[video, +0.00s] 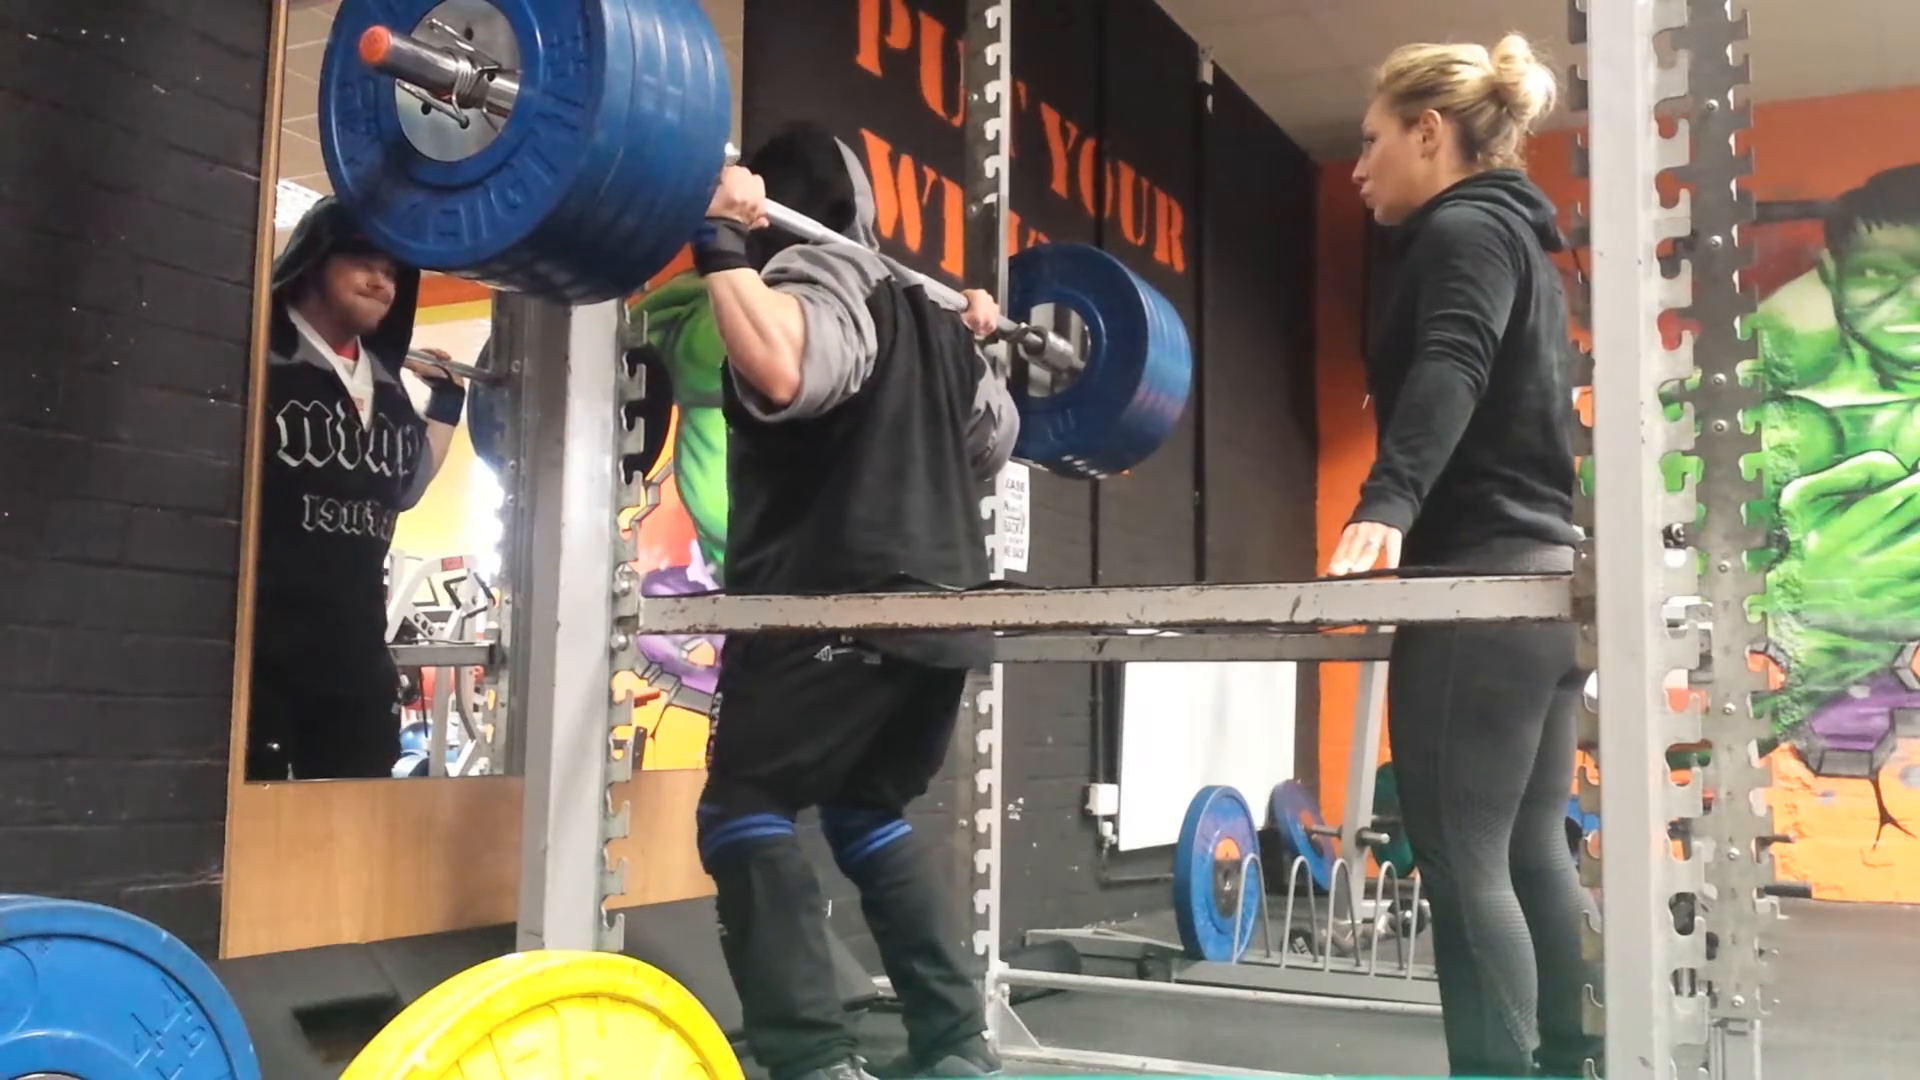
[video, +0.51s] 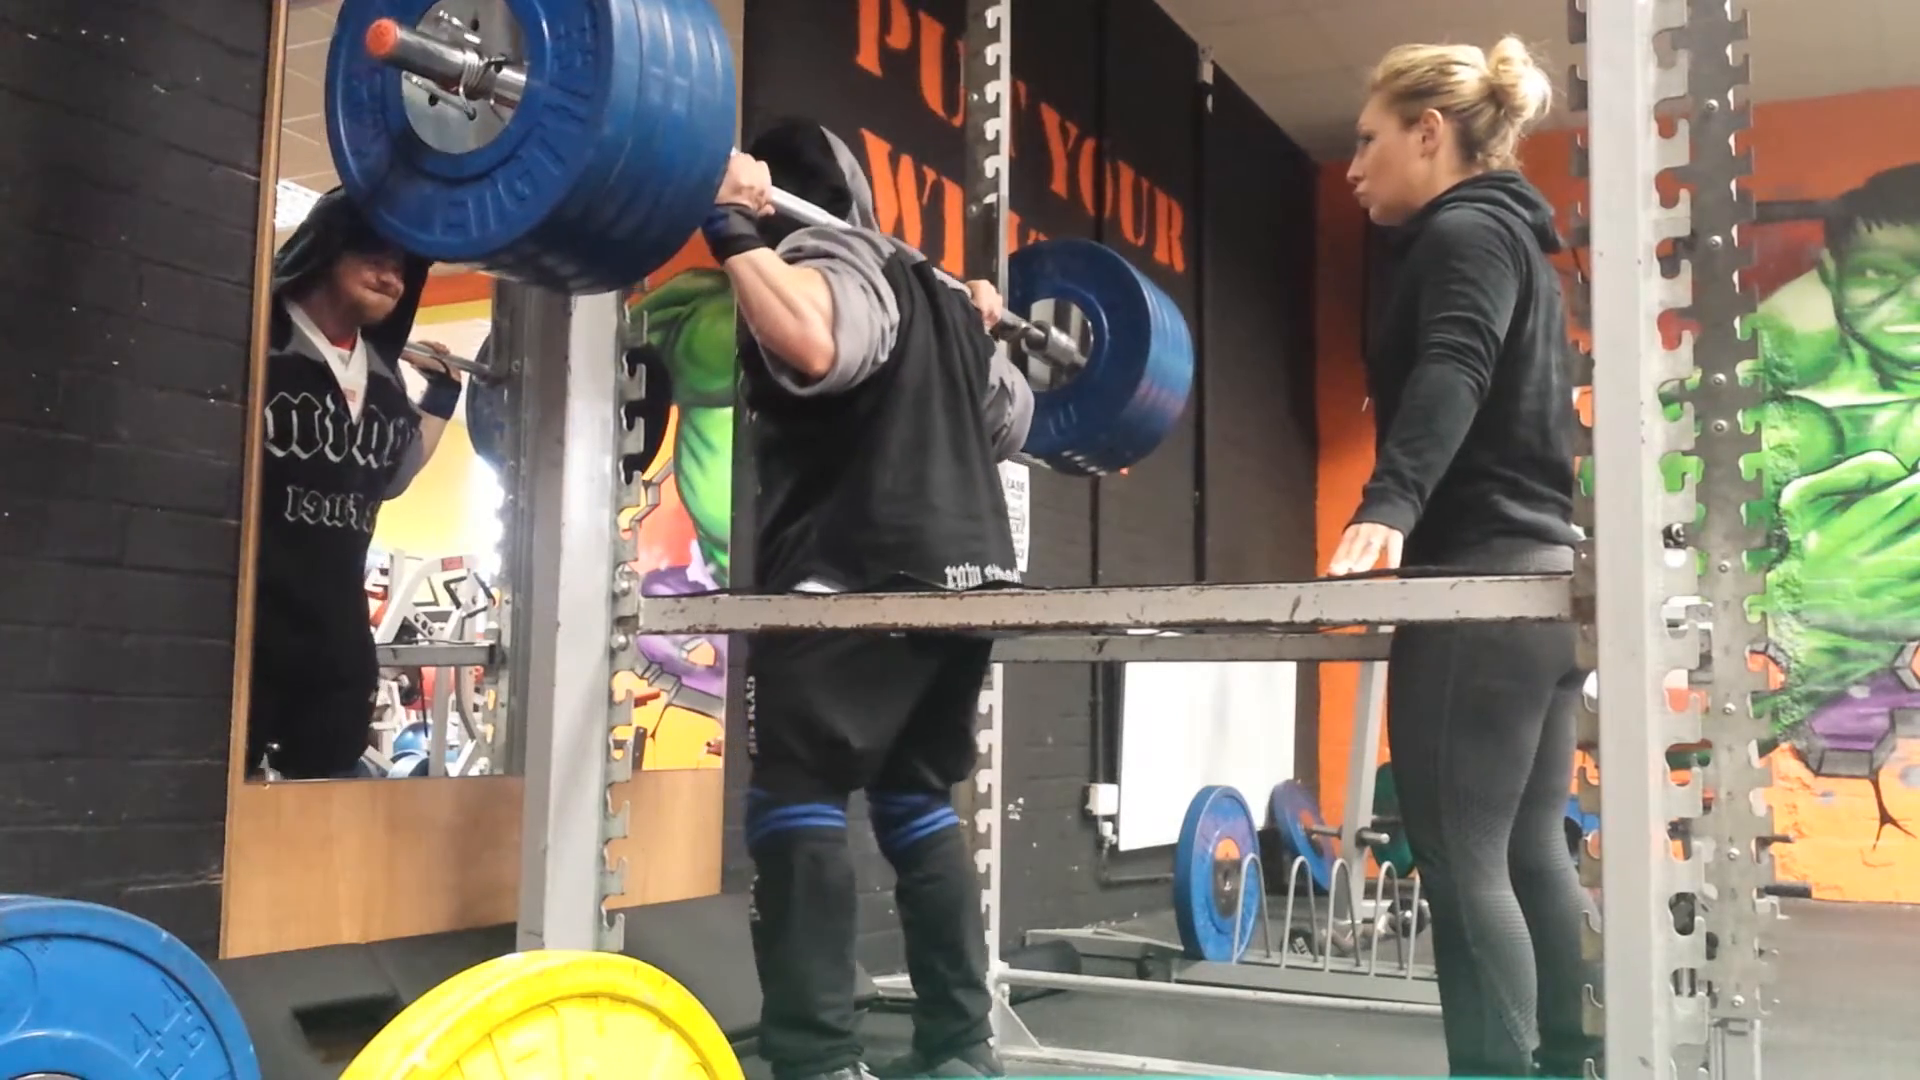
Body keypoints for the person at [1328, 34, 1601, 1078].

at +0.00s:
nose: (1360, 169)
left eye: (1371, 143)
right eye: (1360, 146)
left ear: (1433, 133)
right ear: (1441, 136)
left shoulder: (1464, 226)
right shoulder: (1512, 225)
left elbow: (1452, 360)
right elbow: (1519, 410)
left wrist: (1385, 509)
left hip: (1482, 577)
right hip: (1540, 576)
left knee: (1465, 860)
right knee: (1535, 848)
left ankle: (1495, 1073)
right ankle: (1569, 1066)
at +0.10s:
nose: (1359, 168)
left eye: (1370, 143)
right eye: (1360, 146)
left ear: (1432, 134)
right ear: (1441, 137)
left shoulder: (1465, 226)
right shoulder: (1512, 226)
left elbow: (1453, 360)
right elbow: (1519, 409)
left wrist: (1385, 509)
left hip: (1483, 576)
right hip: (1542, 575)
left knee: (1466, 861)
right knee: (1536, 848)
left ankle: (1495, 1072)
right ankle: (1570, 1065)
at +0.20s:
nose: (1357, 168)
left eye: (1370, 142)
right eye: (1358, 145)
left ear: (1432, 133)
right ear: (1440, 137)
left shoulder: (1466, 226)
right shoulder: (1510, 226)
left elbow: (1454, 360)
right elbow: (1521, 411)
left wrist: (1386, 509)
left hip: (1483, 575)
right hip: (1540, 574)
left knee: (1465, 860)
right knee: (1535, 848)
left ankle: (1495, 1072)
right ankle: (1569, 1065)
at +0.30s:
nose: (1356, 166)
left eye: (1369, 141)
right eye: (1357, 144)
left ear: (1433, 132)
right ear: (1440, 136)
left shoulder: (1466, 226)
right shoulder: (1509, 226)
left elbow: (1455, 360)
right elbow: (1516, 407)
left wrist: (1386, 509)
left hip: (1483, 573)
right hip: (1540, 572)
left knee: (1464, 857)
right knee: (1534, 844)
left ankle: (1495, 1071)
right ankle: (1570, 1063)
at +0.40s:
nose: (1355, 167)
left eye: (1368, 142)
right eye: (1356, 145)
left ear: (1433, 133)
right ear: (1440, 136)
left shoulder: (1466, 227)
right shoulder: (1509, 226)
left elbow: (1455, 361)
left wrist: (1386, 510)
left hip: (1483, 573)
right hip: (1539, 572)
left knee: (1464, 861)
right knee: (1534, 846)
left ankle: (1496, 1071)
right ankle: (1570, 1064)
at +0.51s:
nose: (1354, 168)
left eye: (1367, 142)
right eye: (1355, 146)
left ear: (1433, 133)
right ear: (1439, 137)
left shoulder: (1466, 226)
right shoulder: (1509, 225)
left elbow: (1455, 361)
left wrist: (1386, 510)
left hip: (1483, 568)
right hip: (1540, 566)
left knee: (1464, 860)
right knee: (1533, 846)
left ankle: (1494, 1073)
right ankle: (1568, 1065)